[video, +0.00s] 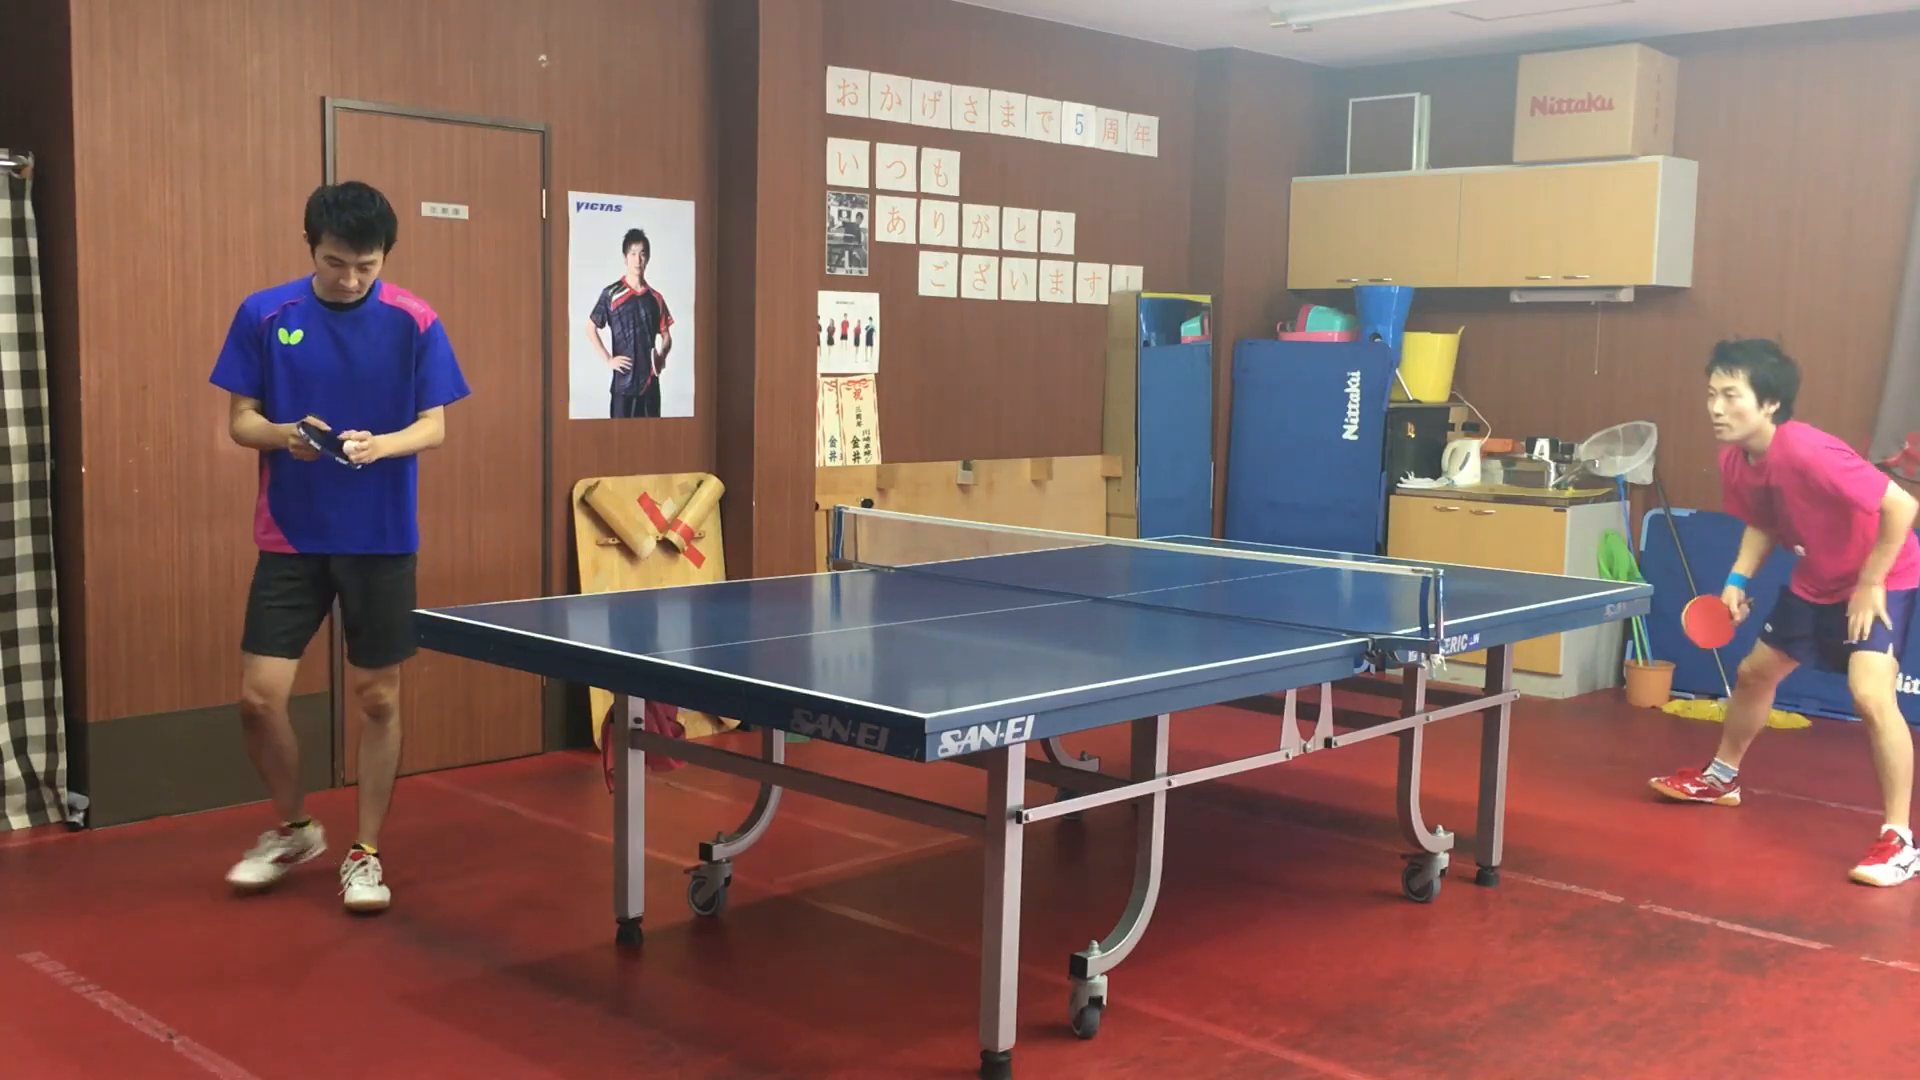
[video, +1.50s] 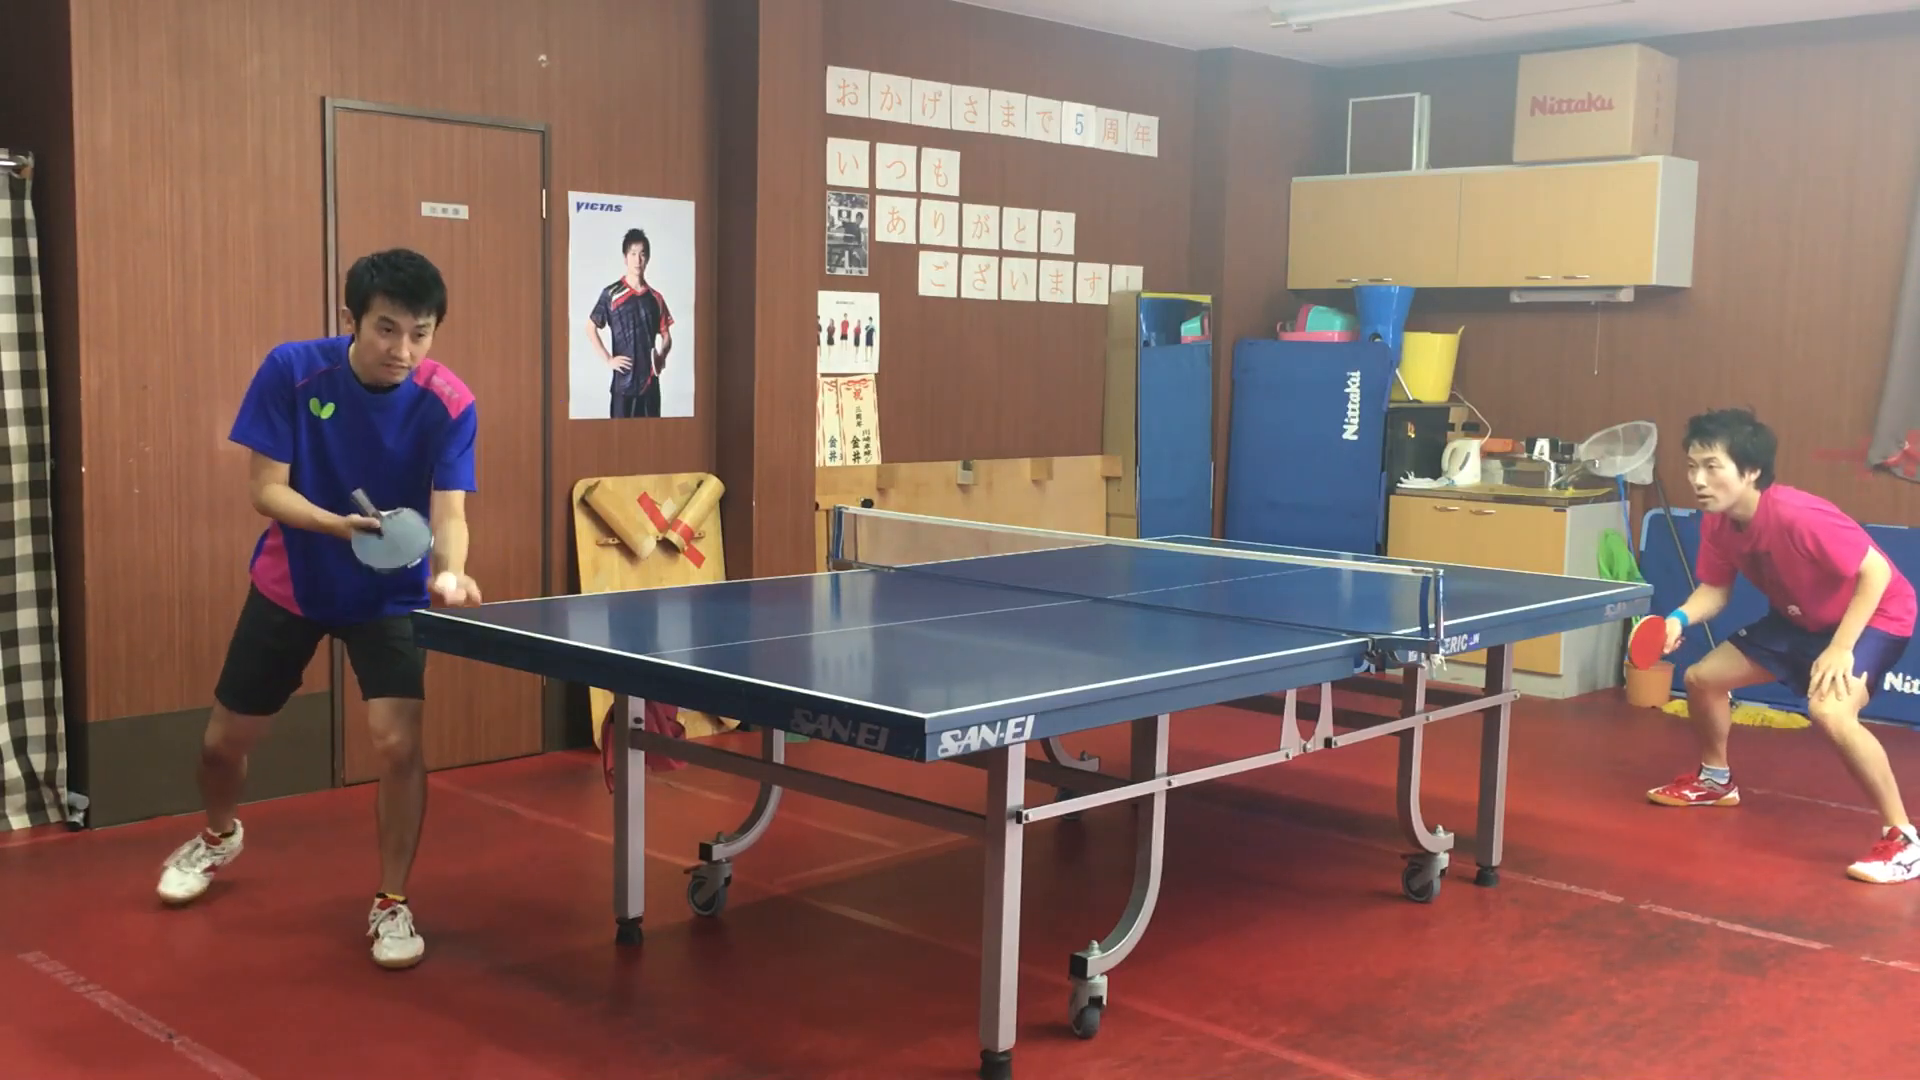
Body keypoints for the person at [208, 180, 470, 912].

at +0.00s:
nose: (350, 281)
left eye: (365, 267)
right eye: (337, 265)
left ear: (385, 254)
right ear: (312, 247)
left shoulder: (413, 320)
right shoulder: (265, 316)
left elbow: (435, 427)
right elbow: (240, 423)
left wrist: (383, 445)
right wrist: (288, 436)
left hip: (379, 547)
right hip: (291, 545)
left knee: (378, 699)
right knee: (259, 696)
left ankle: (367, 851)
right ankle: (292, 829)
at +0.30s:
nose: (327, 279)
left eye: (343, 264)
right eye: (315, 262)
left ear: (361, 254)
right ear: (287, 245)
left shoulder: (382, 316)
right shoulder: (233, 313)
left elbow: (404, 424)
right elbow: (210, 425)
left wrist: (362, 433)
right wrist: (265, 421)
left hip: (353, 544)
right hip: (262, 542)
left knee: (361, 701)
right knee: (240, 701)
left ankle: (363, 852)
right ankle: (243, 851)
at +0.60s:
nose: (306, 279)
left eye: (322, 264)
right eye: (293, 261)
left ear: (338, 255)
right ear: (262, 245)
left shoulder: (360, 321)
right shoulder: (207, 314)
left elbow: (379, 428)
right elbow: (183, 427)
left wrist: (345, 443)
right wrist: (243, 426)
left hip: (328, 547)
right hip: (235, 547)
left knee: (357, 696)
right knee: (226, 706)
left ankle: (364, 854)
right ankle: (243, 852)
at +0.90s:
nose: (337, 296)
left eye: (353, 281)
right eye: (323, 277)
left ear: (370, 276)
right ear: (292, 263)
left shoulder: (390, 345)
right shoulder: (235, 331)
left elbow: (403, 448)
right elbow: (206, 445)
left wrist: (396, 467)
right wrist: (267, 456)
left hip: (346, 571)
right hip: (249, 566)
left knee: (370, 721)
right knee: (228, 726)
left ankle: (391, 889)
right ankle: (244, 856)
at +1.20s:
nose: (399, 337)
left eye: (415, 322)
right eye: (385, 318)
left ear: (429, 315)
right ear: (349, 301)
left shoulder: (438, 380)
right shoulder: (282, 352)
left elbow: (447, 482)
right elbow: (250, 471)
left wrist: (446, 505)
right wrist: (324, 485)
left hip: (377, 581)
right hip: (282, 573)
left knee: (392, 733)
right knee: (240, 739)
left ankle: (392, 900)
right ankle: (246, 852)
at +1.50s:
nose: (401, 351)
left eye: (418, 334)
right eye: (386, 331)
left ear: (433, 330)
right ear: (354, 320)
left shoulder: (448, 402)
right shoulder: (293, 371)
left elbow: (451, 517)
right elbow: (267, 492)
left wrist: (452, 570)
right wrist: (336, 523)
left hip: (387, 595)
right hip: (291, 583)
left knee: (400, 748)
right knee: (221, 745)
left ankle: (392, 901)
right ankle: (219, 836)